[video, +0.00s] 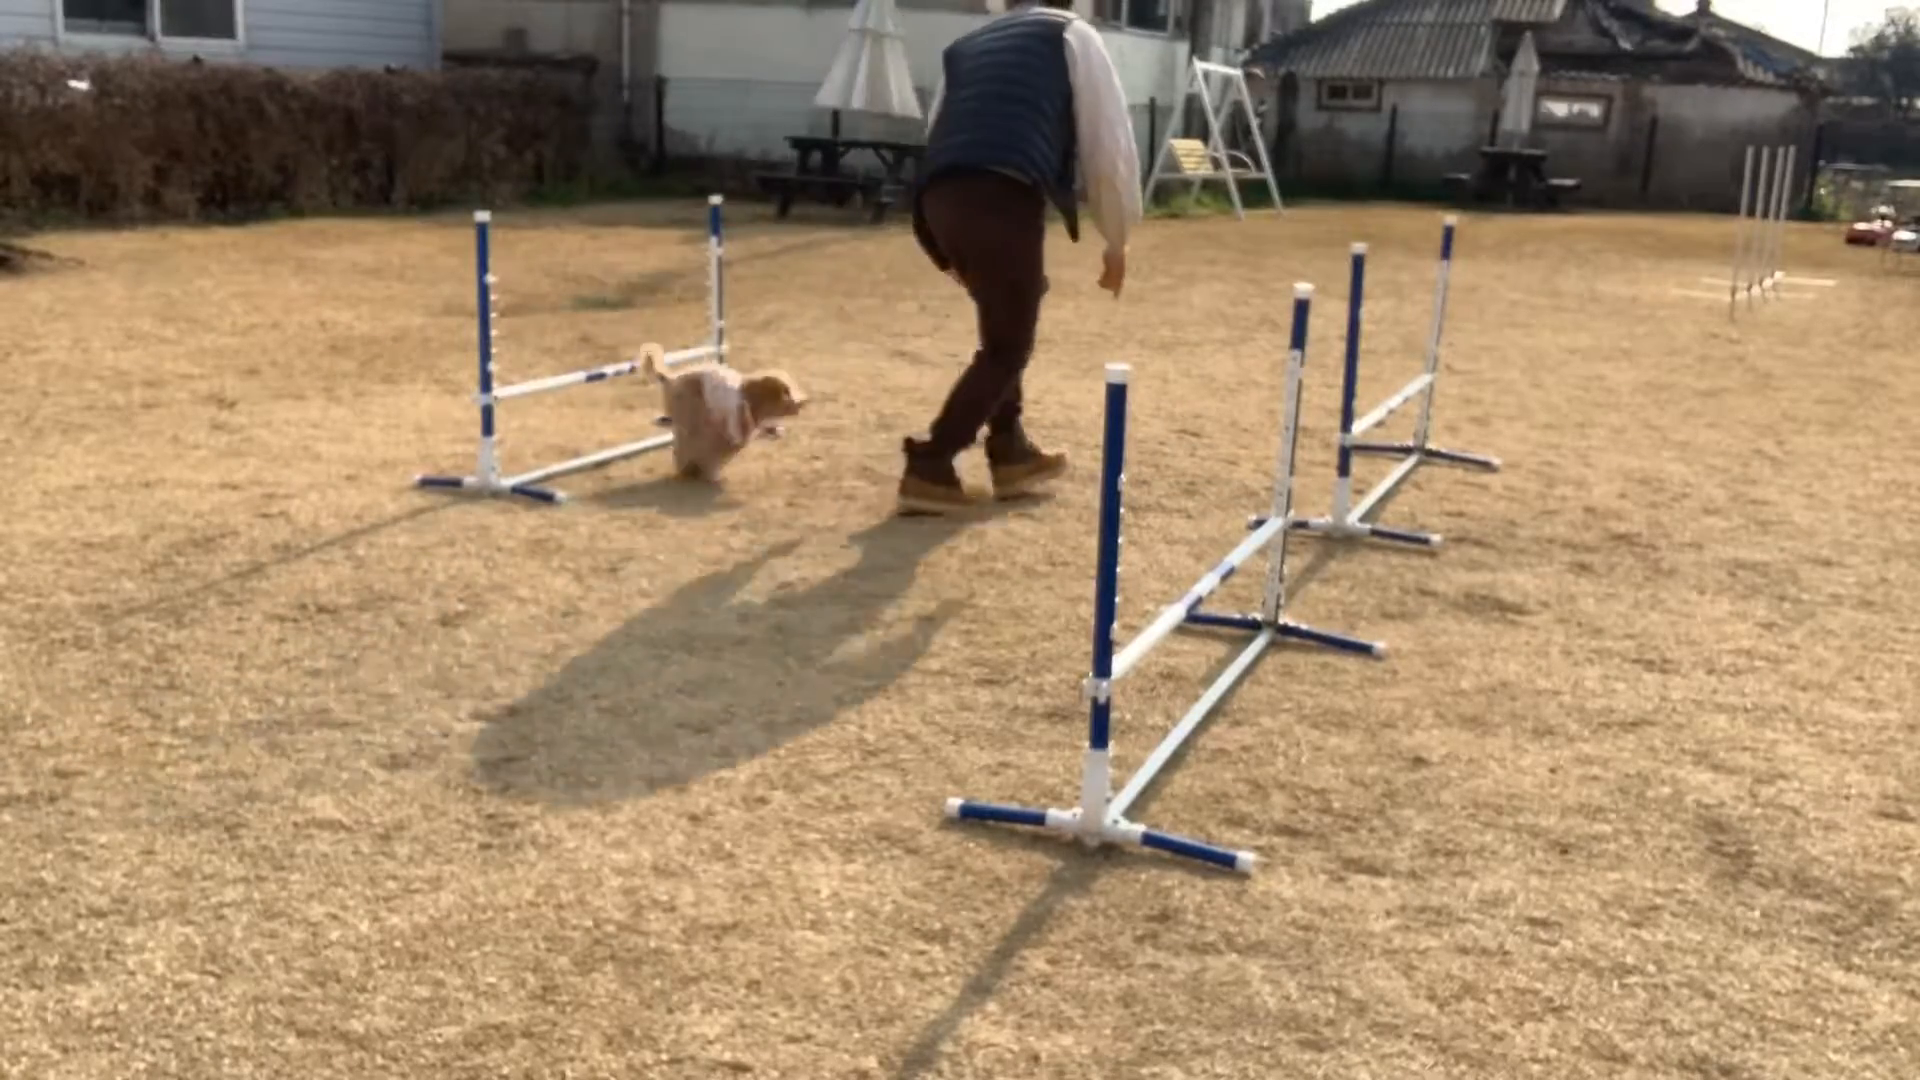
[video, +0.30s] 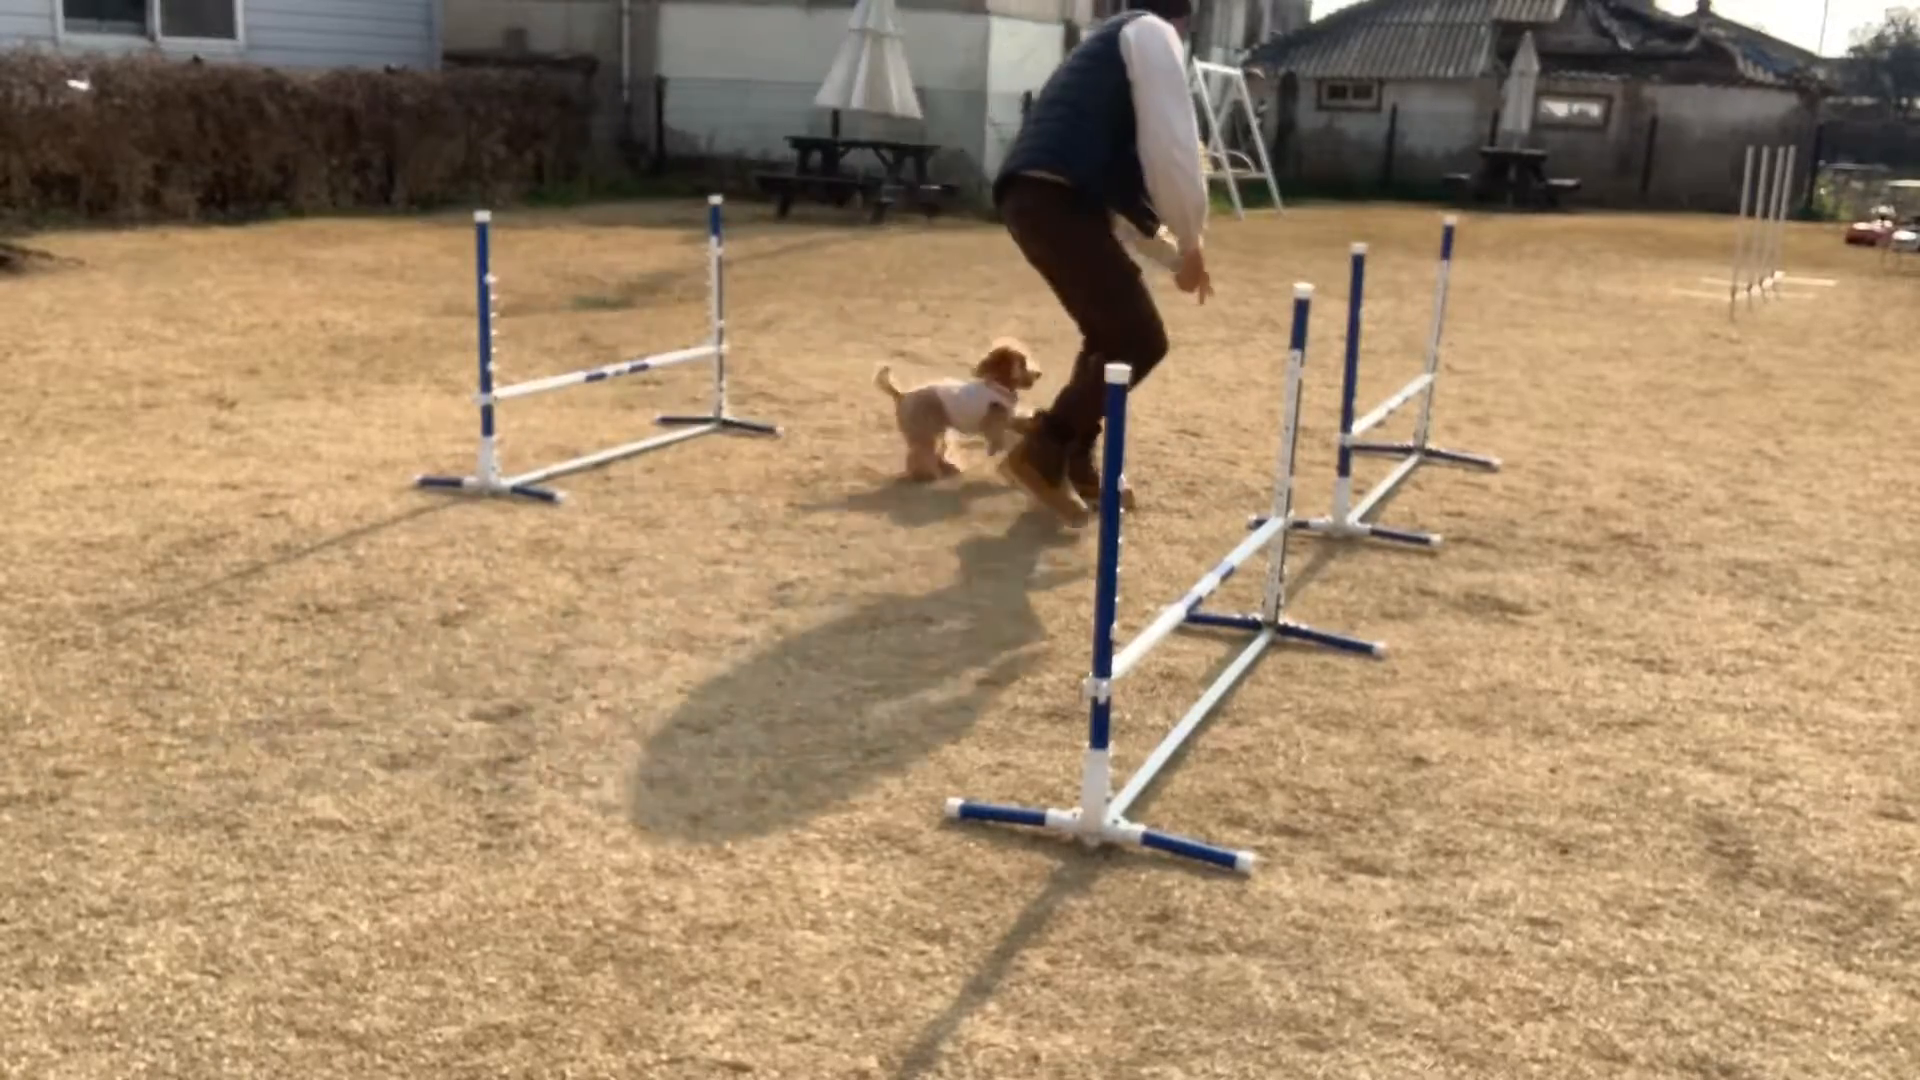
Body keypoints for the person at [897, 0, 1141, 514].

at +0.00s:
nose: (1079, 18)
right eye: (1078, 13)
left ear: (1009, 5)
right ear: (1064, 6)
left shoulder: (968, 43)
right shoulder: (1073, 32)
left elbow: (941, 135)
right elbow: (1107, 141)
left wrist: (947, 241)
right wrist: (1116, 243)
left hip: (938, 199)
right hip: (1002, 197)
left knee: (1005, 315)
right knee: (1005, 350)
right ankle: (931, 464)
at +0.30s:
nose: (1185, 28)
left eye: (1186, 22)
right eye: (1185, 19)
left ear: (1133, 7)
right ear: (1174, 12)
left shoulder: (1106, 43)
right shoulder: (1150, 30)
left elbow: (1111, 184)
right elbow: (1172, 144)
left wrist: (1176, 253)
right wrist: (1189, 247)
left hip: (1028, 193)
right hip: (1054, 195)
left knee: (1108, 337)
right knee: (1142, 342)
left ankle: (1077, 461)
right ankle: (1041, 455)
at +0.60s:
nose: (1286, 29)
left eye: (1294, 20)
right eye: (1292, 15)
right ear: (1267, 1)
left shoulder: (1236, 76)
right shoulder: (1202, 21)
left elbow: (1286, 158)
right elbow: (1187, 135)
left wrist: (1386, 177)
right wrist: (1235, 233)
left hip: (1167, 232)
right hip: (1119, 218)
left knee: (1171, 360)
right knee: (1182, 365)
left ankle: (1084, 458)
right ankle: (1211, 523)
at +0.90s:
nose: (1329, 17)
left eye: (1333, 8)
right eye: (1328, 3)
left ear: (1293, 4)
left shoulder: (1273, 62)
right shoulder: (1210, 25)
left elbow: (1290, 166)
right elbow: (1261, 132)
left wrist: (1339, 225)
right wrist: (1342, 210)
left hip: (1237, 244)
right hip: (1167, 236)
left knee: (1293, 372)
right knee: (1249, 370)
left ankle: (1271, 520)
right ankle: (1205, 509)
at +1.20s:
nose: (1251, 47)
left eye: (1260, 36)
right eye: (1256, 29)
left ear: (1202, 4)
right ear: (1227, 5)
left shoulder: (1120, 33)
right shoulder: (1192, 52)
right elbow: (1260, 176)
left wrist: (1165, 289)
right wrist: (1334, 280)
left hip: (1046, 228)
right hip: (1090, 239)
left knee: (1169, 371)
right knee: (1187, 388)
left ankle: (1138, 518)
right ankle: (1116, 543)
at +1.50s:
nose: (1062, 69)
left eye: (1070, 60)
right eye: (1067, 55)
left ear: (998, 16)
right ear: (1041, 23)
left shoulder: (901, 49)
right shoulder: (1036, 82)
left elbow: (832, 171)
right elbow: (1076, 215)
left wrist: (828, 274)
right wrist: (1114, 316)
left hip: (859, 251)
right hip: (954, 263)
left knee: (849, 417)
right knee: (1043, 401)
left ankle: (783, 566)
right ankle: (1083, 548)